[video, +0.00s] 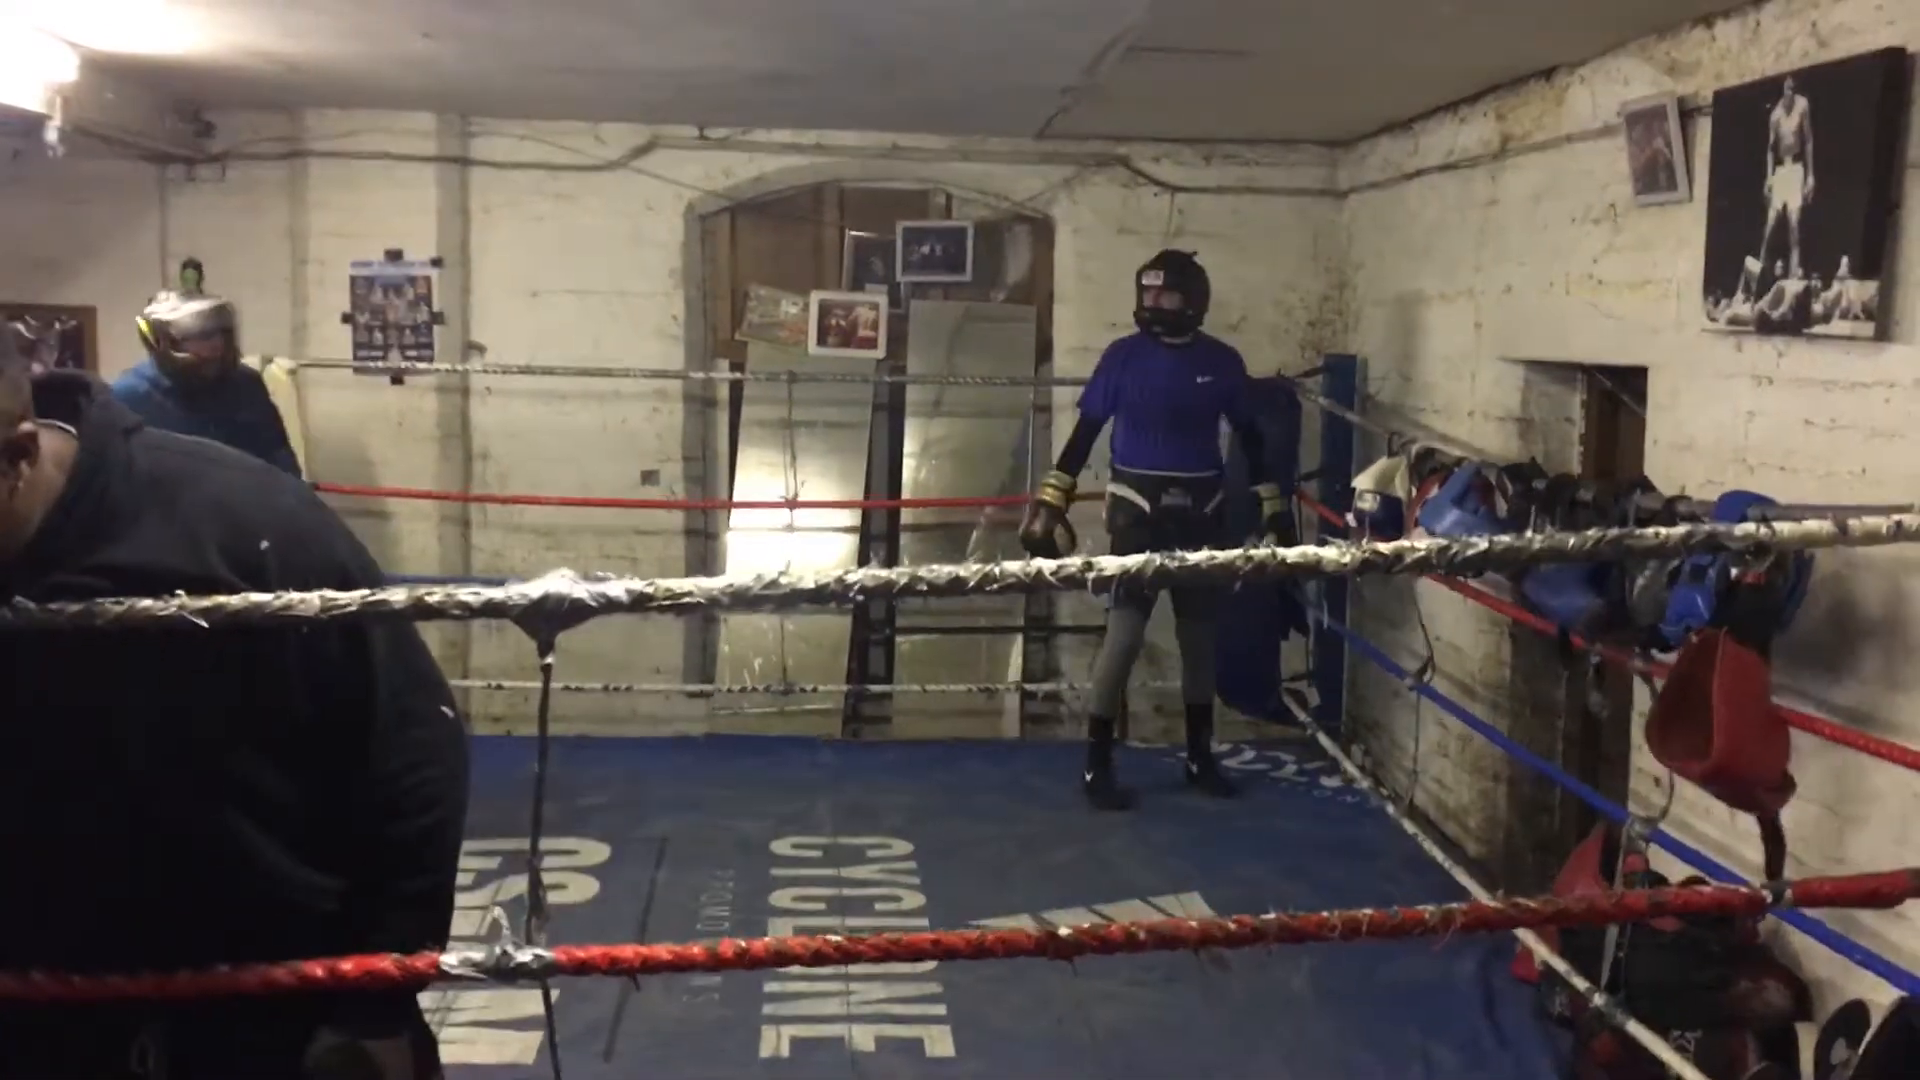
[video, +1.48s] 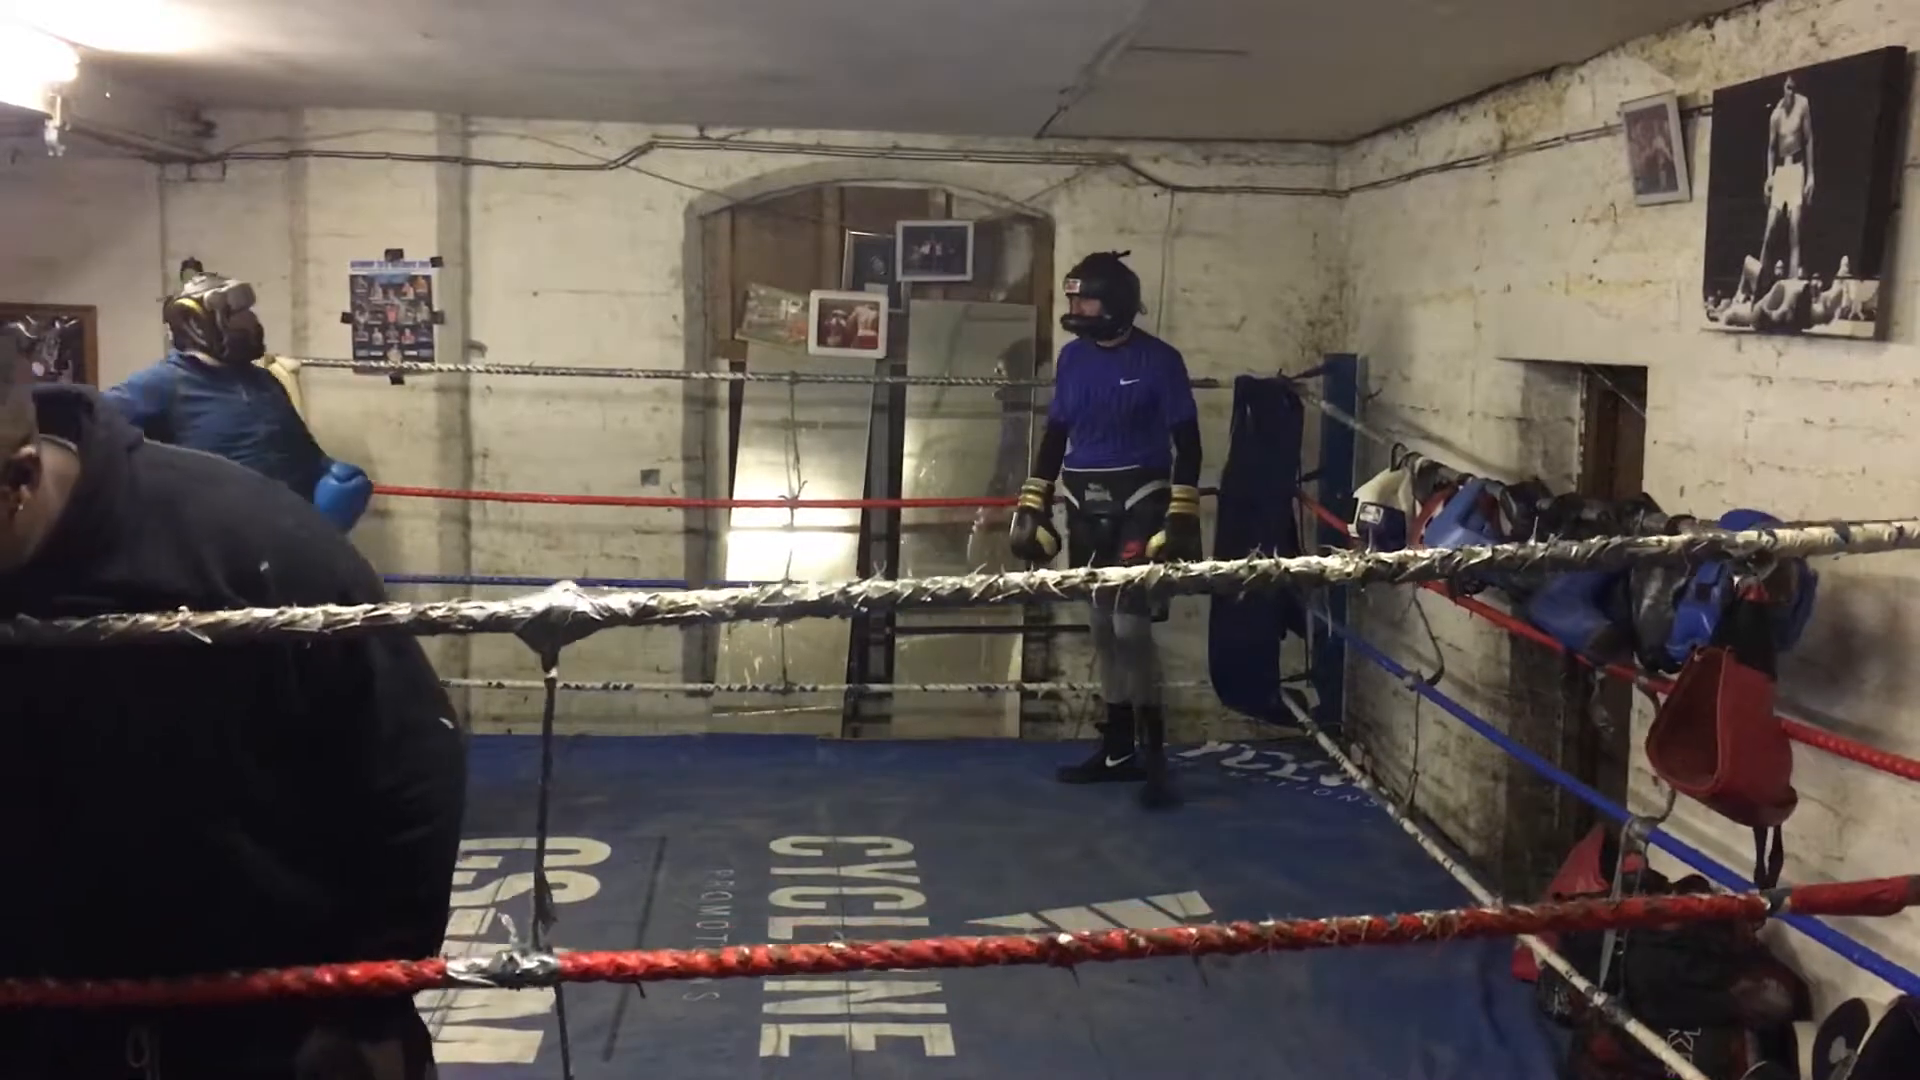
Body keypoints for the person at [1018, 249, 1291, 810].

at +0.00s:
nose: (1153, 301)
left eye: (1166, 292)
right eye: (1147, 291)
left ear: (1193, 299)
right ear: (1140, 296)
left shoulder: (1222, 360)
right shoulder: (1124, 356)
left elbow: (1251, 435)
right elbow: (1085, 430)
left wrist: (1269, 509)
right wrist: (1052, 499)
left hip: (1203, 506)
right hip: (1136, 505)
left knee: (1199, 640)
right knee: (1125, 636)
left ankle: (1201, 759)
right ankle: (1097, 766)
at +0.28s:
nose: (1172, 306)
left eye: (1184, 297)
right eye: (1167, 296)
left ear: (1213, 303)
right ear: (1162, 300)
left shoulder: (1248, 366)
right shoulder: (1151, 358)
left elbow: (1276, 445)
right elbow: (1128, 434)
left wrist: (1288, 516)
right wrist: (1106, 504)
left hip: (1222, 511)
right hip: (1150, 508)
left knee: (1210, 637)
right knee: (1129, 634)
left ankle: (1202, 760)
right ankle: (1106, 762)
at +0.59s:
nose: (1157, 304)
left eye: (1168, 295)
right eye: (1154, 295)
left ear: (1199, 301)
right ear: (1154, 300)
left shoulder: (1239, 364)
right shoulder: (1150, 355)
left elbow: (1254, 448)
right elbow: (1138, 431)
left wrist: (1243, 511)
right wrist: (1122, 495)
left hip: (1211, 509)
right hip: (1146, 503)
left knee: (1203, 633)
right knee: (1133, 630)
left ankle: (1201, 755)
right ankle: (1121, 750)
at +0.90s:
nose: (1126, 302)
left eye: (1137, 293)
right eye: (1125, 292)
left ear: (1168, 300)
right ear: (1131, 298)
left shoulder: (1210, 362)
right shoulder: (1121, 354)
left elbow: (1233, 444)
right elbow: (1102, 431)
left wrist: (1226, 513)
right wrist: (1080, 500)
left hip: (1186, 509)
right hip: (1121, 506)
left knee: (1186, 631)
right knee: (1122, 630)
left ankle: (1199, 755)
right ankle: (1119, 749)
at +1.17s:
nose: (1099, 301)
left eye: (1110, 293)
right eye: (1099, 292)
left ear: (1141, 299)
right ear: (1105, 298)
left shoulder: (1182, 360)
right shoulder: (1094, 353)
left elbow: (1205, 444)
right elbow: (1070, 428)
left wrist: (1201, 516)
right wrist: (1044, 494)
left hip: (1160, 508)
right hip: (1100, 506)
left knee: (1172, 634)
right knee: (1111, 632)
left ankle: (1197, 754)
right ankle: (1117, 752)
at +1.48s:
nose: (1075, 308)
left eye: (1086, 298)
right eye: (1073, 298)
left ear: (1116, 303)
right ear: (1074, 303)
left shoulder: (1158, 359)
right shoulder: (1072, 358)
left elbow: (1187, 442)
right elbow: (1054, 434)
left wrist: (1182, 517)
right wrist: (1033, 504)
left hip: (1143, 501)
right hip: (1086, 503)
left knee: (1131, 624)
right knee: (1101, 625)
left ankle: (1154, 759)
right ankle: (1116, 747)